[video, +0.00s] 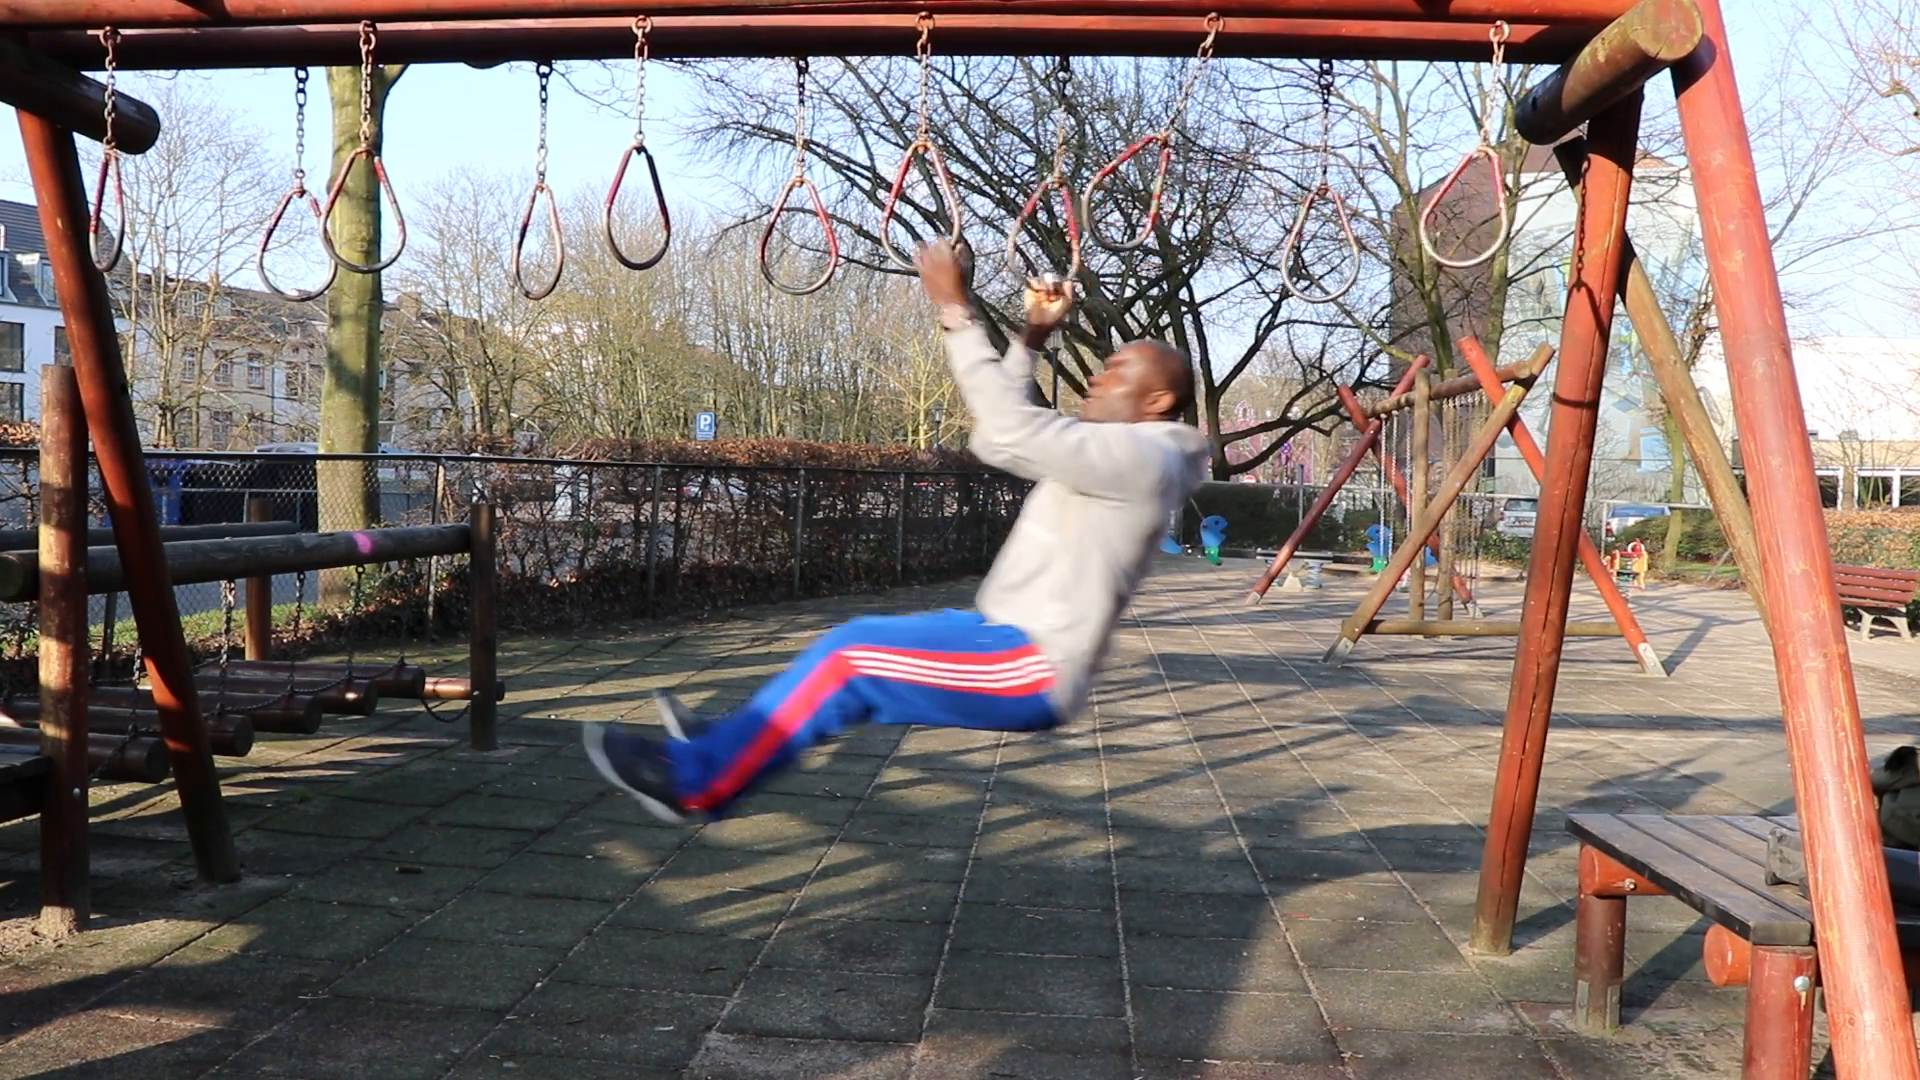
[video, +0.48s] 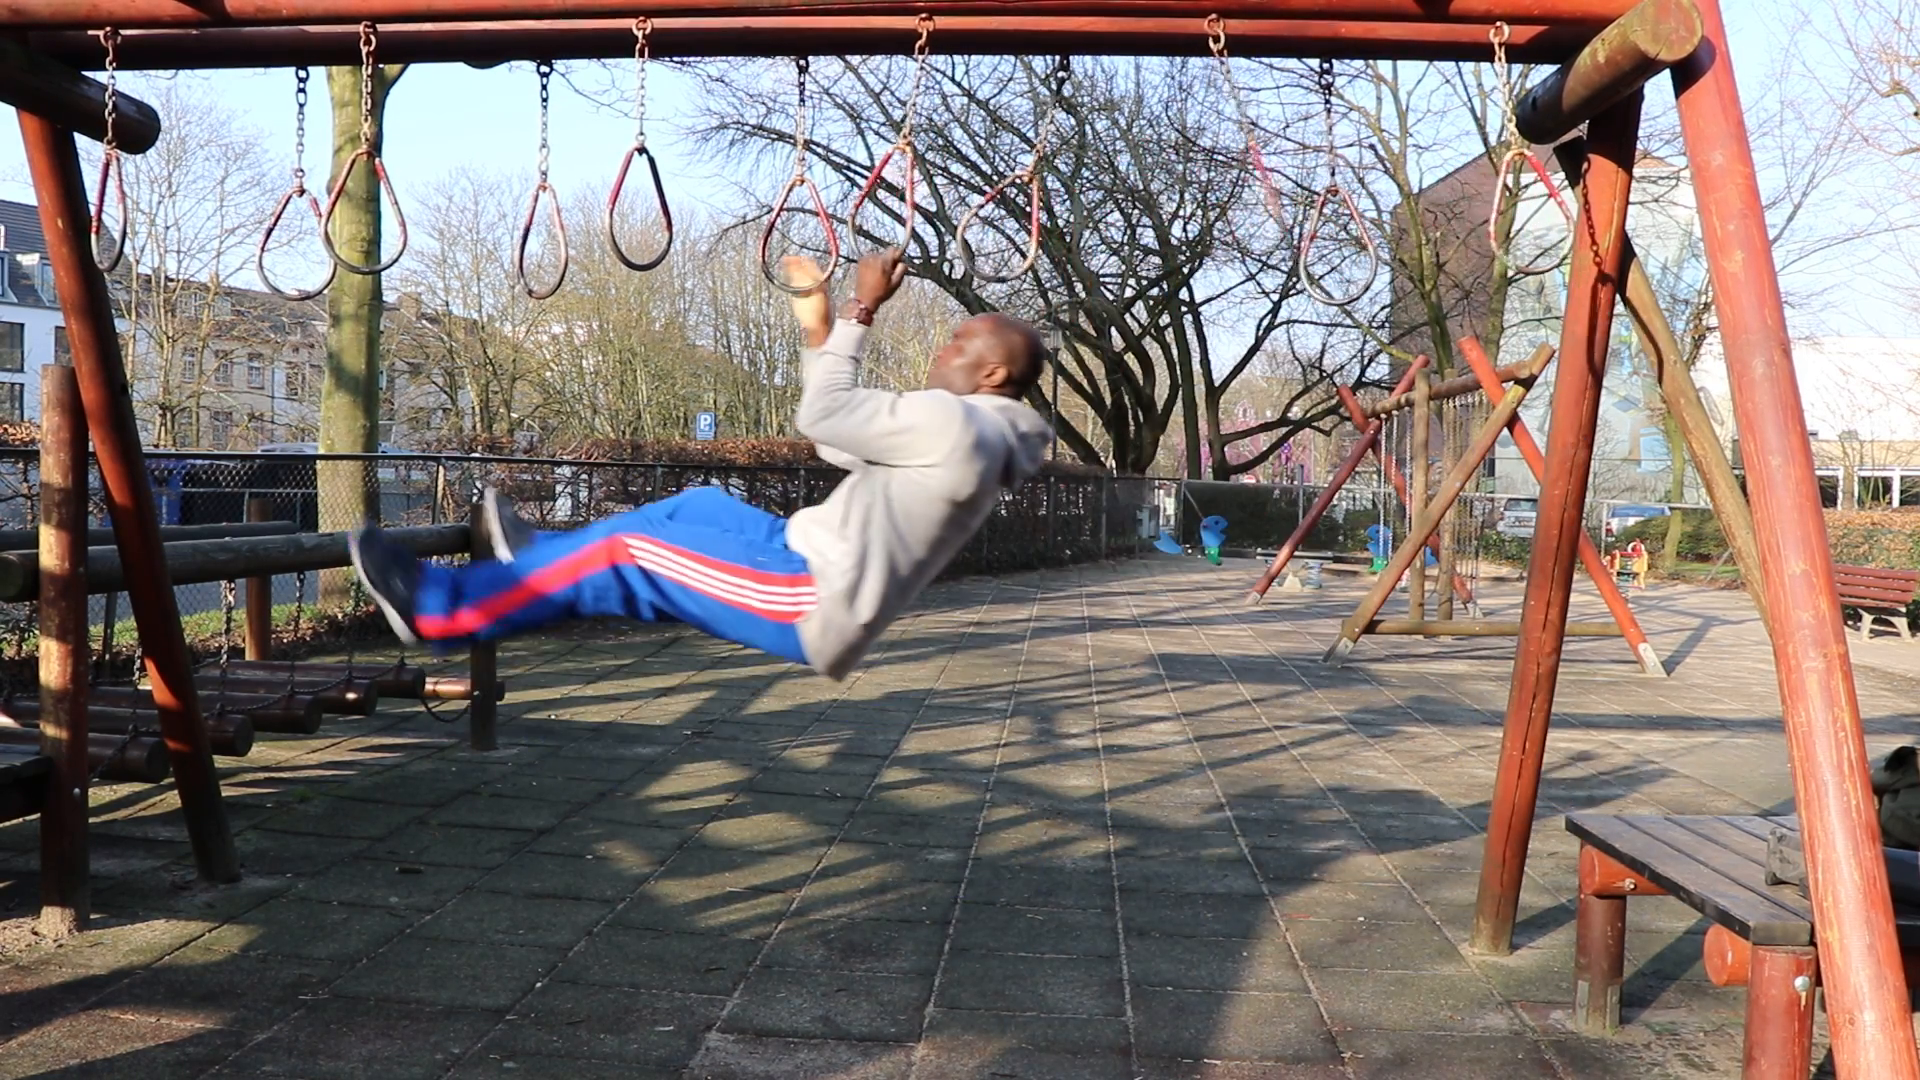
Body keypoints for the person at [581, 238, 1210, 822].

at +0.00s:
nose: (1098, 379)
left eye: (1115, 371)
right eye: (1103, 369)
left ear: (1156, 401)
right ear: (1133, 398)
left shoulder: (1145, 458)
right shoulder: (1116, 452)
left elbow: (1008, 432)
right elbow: (1014, 432)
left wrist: (955, 308)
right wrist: (1030, 340)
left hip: (1037, 665)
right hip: (1011, 637)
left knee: (854, 657)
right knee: (854, 640)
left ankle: (701, 783)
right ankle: (720, 745)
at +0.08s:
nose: (1070, 377)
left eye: (1087, 370)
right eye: (1079, 366)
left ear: (1124, 404)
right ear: (1113, 406)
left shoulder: (1106, 464)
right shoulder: (1089, 456)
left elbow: (970, 430)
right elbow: (991, 427)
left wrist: (940, 312)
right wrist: (1015, 338)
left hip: (989, 661)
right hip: (969, 634)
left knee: (808, 650)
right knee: (812, 624)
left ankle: (645, 765)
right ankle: (676, 717)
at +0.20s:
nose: (1025, 379)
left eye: (1042, 372)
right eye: (1032, 368)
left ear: (1083, 402)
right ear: (1072, 398)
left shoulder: (1046, 455)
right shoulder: (1054, 453)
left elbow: (913, 427)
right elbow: (953, 422)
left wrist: (910, 317)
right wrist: (995, 334)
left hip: (919, 642)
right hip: (914, 615)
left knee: (736, 624)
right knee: (764, 585)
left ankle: (580, 733)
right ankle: (624, 662)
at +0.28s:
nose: (997, 367)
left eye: (1015, 360)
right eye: (1004, 356)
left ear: (1052, 385)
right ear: (1044, 382)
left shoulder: (1013, 439)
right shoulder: (1032, 441)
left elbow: (881, 422)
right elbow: (925, 420)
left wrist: (895, 317)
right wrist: (973, 331)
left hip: (883, 620)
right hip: (884, 597)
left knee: (697, 601)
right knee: (744, 549)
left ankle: (541, 708)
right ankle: (607, 621)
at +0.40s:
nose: (960, 346)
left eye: (975, 338)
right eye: (970, 336)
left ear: (1009, 360)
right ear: (1019, 371)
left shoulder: (978, 427)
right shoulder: (993, 431)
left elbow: (849, 419)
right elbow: (869, 424)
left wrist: (863, 314)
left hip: (836, 604)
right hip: (843, 579)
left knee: (655, 569)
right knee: (717, 512)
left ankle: (475, 648)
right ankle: (573, 583)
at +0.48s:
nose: (942, 346)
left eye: (961, 339)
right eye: (950, 336)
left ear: (995, 368)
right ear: (996, 373)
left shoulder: (958, 426)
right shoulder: (972, 433)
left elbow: (828, 414)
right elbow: (847, 415)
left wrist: (859, 311)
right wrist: (818, 319)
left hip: (808, 603)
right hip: (820, 585)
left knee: (633, 549)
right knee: (696, 507)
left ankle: (436, 607)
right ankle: (534, 565)